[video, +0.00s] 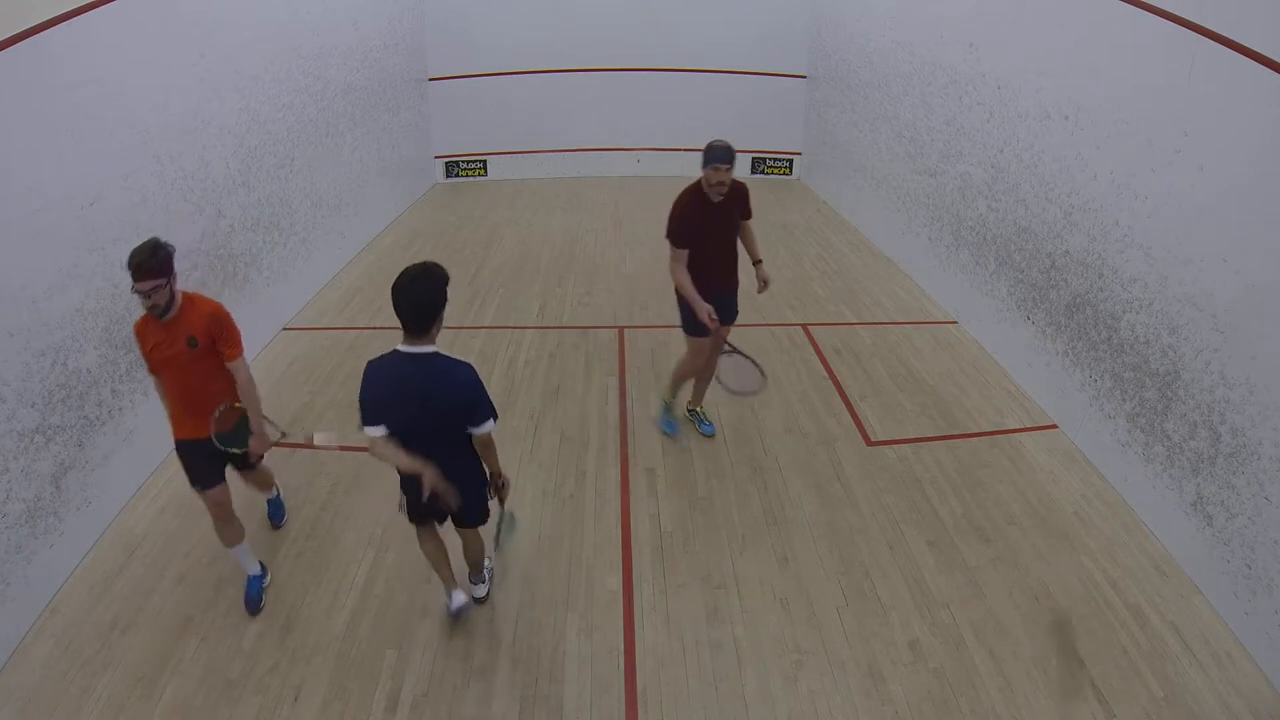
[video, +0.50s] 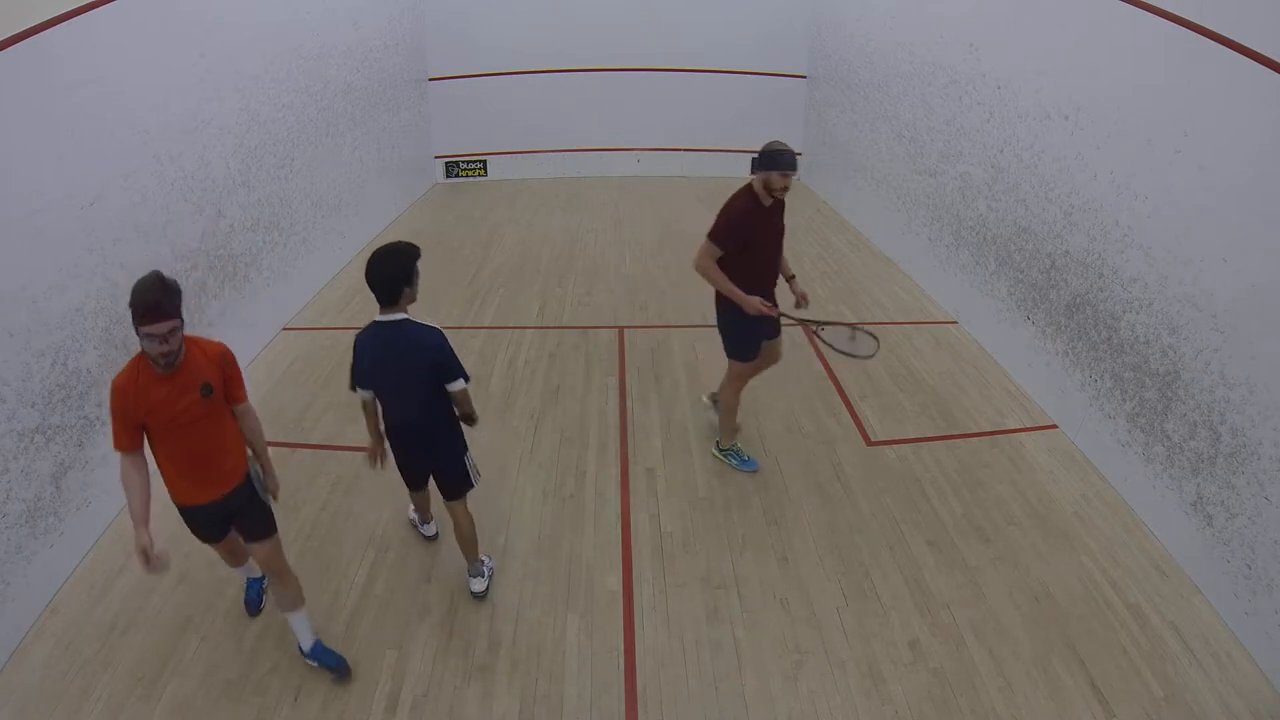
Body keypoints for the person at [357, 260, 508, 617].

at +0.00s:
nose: (446, 314)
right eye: (445, 308)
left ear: (398, 315)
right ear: (441, 319)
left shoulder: (377, 371)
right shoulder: (460, 374)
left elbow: (377, 443)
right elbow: (483, 439)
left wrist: (423, 469)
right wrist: (496, 473)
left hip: (415, 481)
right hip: (462, 476)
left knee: (425, 528)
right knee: (469, 530)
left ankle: (453, 593)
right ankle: (478, 582)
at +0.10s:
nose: (442, 306)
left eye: (438, 298)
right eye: (441, 300)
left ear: (395, 308)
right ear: (436, 311)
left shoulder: (378, 363)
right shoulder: (457, 364)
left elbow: (385, 433)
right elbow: (482, 424)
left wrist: (437, 446)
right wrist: (494, 451)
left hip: (414, 472)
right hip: (460, 470)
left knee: (426, 516)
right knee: (466, 525)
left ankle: (447, 574)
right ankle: (477, 581)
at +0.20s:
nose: (436, 298)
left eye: (433, 291)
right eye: (435, 292)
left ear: (391, 303)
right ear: (430, 303)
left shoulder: (376, 357)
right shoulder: (454, 354)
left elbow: (387, 425)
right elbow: (480, 413)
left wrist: (434, 459)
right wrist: (490, 436)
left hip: (412, 460)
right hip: (457, 455)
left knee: (427, 509)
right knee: (465, 522)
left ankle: (436, 547)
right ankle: (478, 581)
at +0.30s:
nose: (430, 296)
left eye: (428, 288)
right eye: (429, 289)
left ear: (385, 298)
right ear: (422, 299)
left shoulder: (372, 353)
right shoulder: (446, 349)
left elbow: (385, 420)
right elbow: (484, 418)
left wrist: (414, 468)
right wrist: (481, 430)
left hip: (412, 457)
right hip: (453, 452)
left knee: (425, 494)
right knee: (463, 518)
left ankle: (427, 528)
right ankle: (478, 580)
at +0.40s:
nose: (423, 293)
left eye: (422, 285)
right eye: (422, 286)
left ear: (381, 294)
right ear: (414, 295)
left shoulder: (370, 349)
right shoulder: (439, 343)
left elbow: (378, 415)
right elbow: (469, 400)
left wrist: (389, 466)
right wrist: (477, 422)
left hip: (408, 447)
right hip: (448, 441)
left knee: (420, 492)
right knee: (460, 512)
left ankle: (426, 525)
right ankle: (477, 578)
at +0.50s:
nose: (418, 287)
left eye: (416, 280)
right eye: (416, 281)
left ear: (376, 290)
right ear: (406, 291)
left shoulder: (365, 340)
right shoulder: (430, 337)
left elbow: (367, 399)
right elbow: (458, 393)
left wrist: (375, 437)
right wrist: (468, 414)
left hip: (402, 436)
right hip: (440, 433)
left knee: (416, 485)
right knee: (457, 505)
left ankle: (426, 523)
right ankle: (476, 573)